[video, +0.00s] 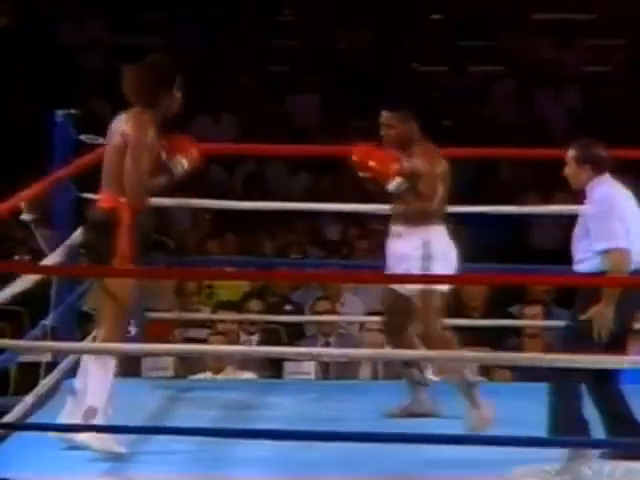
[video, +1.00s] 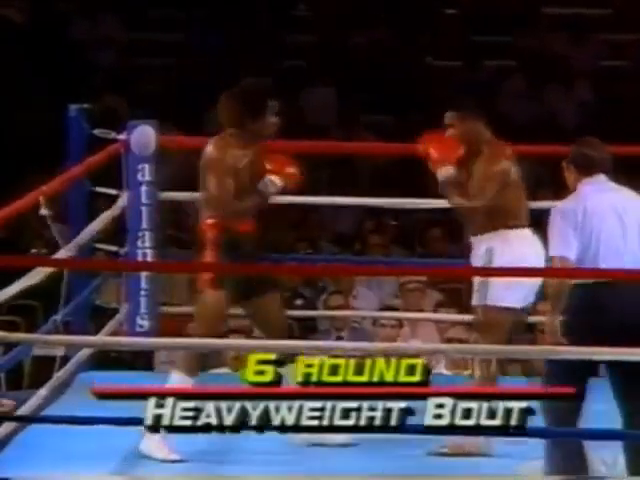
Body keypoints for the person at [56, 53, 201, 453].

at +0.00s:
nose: (180, 98)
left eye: (178, 90)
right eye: (177, 90)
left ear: (141, 89)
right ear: (165, 93)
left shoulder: (123, 122)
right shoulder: (142, 126)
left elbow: (120, 178)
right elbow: (137, 188)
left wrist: (162, 161)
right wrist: (177, 171)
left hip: (106, 219)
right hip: (120, 223)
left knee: (108, 324)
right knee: (114, 325)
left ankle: (78, 412)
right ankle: (93, 419)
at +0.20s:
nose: (188, 105)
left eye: (186, 97)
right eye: (184, 98)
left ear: (149, 101)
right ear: (171, 102)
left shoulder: (132, 134)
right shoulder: (151, 139)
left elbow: (120, 189)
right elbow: (143, 195)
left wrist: (169, 191)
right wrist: (179, 193)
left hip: (119, 231)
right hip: (134, 235)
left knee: (121, 322)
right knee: (134, 324)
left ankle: (87, 409)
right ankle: (98, 421)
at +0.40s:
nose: (208, 101)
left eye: (207, 93)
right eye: (204, 93)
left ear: (171, 97)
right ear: (190, 98)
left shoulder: (164, 132)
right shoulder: (167, 134)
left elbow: (162, 181)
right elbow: (155, 189)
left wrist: (198, 170)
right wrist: (196, 180)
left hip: (144, 233)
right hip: (153, 235)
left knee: (141, 321)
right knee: (160, 330)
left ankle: (102, 406)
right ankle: (145, 434)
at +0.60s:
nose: (224, 109)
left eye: (222, 101)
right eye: (219, 102)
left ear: (187, 104)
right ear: (204, 107)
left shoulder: (172, 138)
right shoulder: (186, 145)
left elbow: (166, 197)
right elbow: (181, 203)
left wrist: (214, 194)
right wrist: (221, 199)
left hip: (172, 235)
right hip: (175, 237)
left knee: (198, 332)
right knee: (175, 338)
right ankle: (145, 436)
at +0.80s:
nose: (243, 106)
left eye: (242, 98)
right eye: (239, 98)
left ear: (210, 99)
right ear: (223, 101)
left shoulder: (202, 132)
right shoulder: (202, 138)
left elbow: (214, 184)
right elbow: (220, 195)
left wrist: (245, 161)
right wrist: (255, 174)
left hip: (204, 231)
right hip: (188, 233)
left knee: (239, 319)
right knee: (181, 327)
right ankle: (152, 432)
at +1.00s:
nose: (275, 122)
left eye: (275, 115)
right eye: (269, 116)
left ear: (251, 121)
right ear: (249, 120)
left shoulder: (255, 149)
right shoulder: (218, 153)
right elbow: (223, 206)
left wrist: (277, 179)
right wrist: (262, 194)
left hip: (248, 240)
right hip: (218, 242)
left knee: (279, 332)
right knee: (206, 331)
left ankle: (299, 417)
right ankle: (153, 430)